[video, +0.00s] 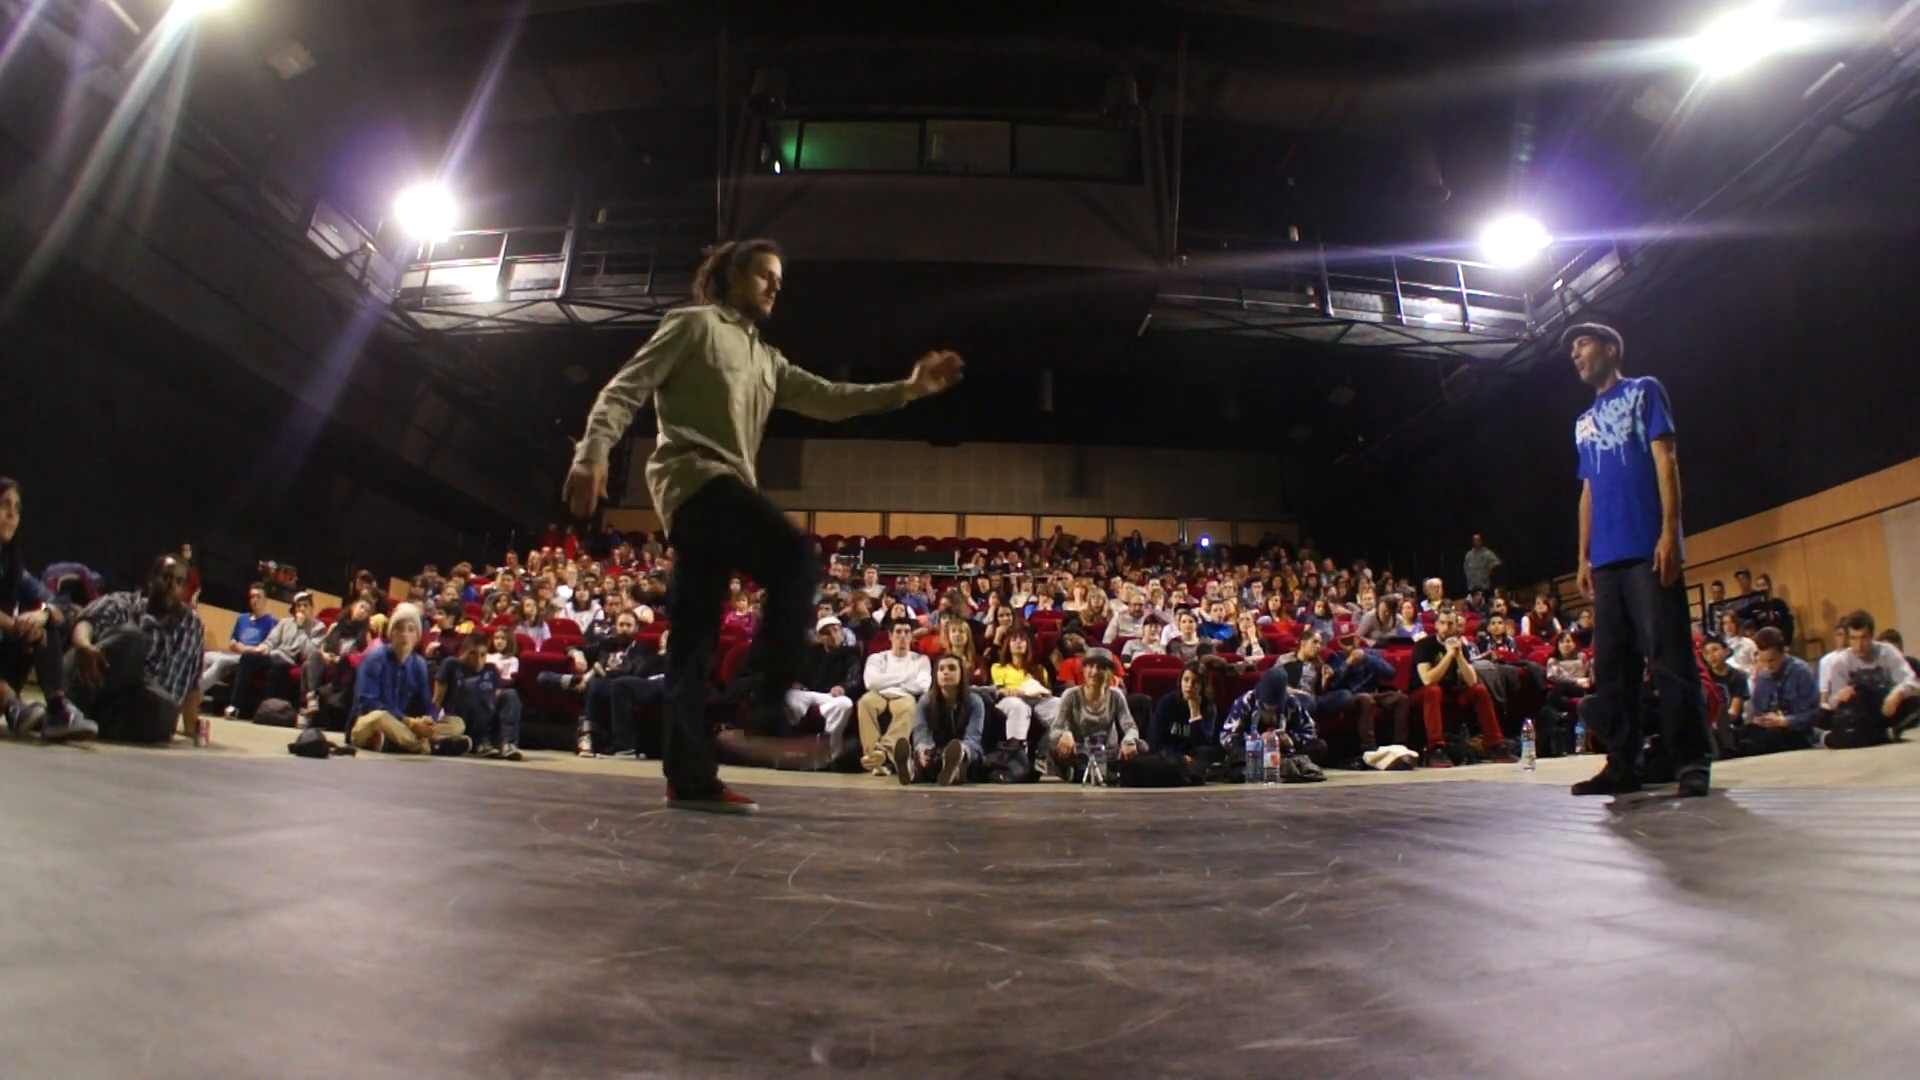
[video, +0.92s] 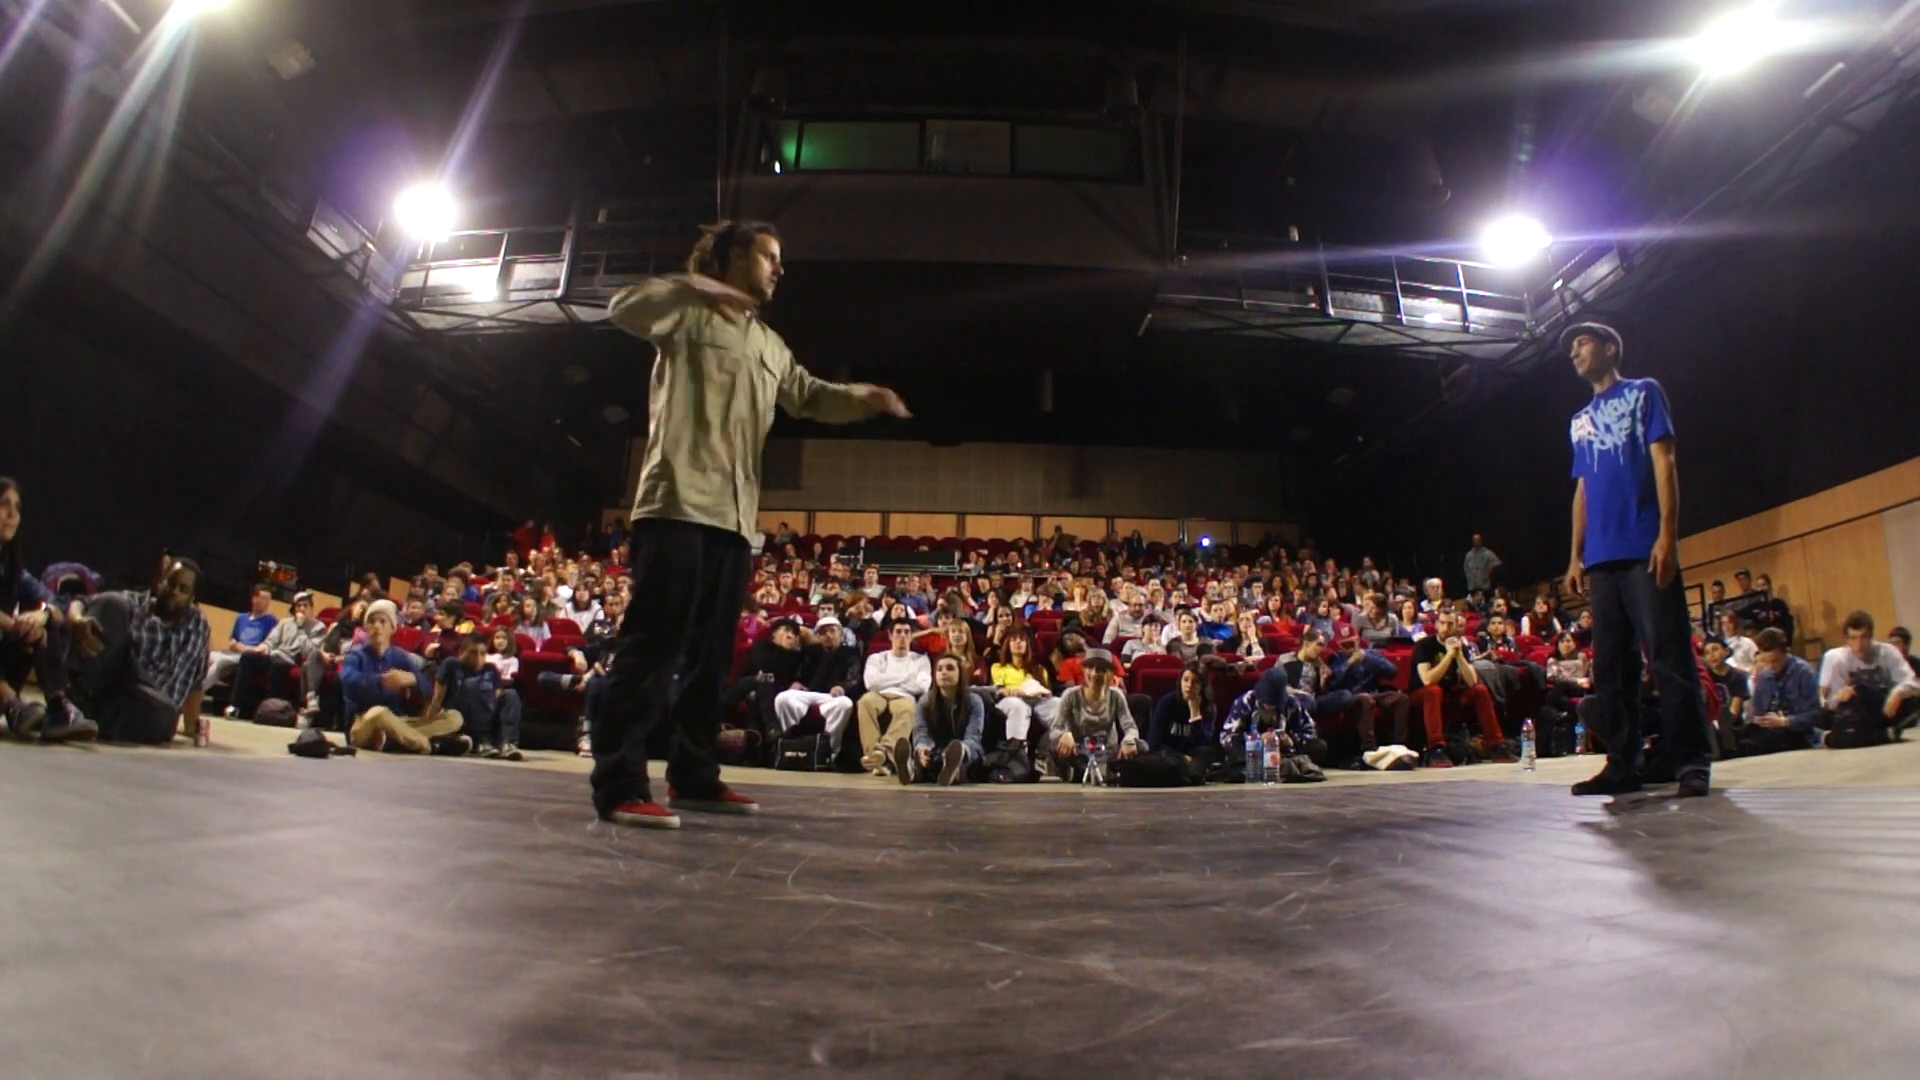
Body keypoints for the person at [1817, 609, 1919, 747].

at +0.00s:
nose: (1859, 644)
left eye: (1863, 638)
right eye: (1853, 638)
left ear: (1871, 637)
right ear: (1848, 638)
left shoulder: (1887, 652)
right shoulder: (1840, 662)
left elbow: (1910, 680)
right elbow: (1831, 703)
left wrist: (1897, 693)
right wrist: (1839, 696)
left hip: (1886, 704)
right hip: (1858, 707)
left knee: (1914, 703)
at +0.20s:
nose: (1859, 644)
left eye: (1863, 638)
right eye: (1853, 638)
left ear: (1871, 636)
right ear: (1848, 638)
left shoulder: (1887, 652)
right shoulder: (1840, 662)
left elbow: (1910, 680)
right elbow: (1831, 703)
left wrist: (1897, 694)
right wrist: (1839, 696)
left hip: (1885, 704)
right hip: (1857, 707)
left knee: (1914, 703)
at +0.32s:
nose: (1859, 645)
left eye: (1864, 638)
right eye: (1854, 639)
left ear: (1871, 637)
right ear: (1848, 639)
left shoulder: (1888, 652)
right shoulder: (1840, 662)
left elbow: (1911, 681)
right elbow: (1831, 702)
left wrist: (1897, 693)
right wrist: (1840, 696)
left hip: (1885, 705)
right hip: (1857, 708)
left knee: (1913, 703)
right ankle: (1827, 738)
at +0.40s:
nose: (1859, 645)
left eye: (1864, 638)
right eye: (1854, 639)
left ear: (1871, 637)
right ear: (1847, 639)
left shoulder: (1888, 652)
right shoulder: (1839, 662)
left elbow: (1911, 681)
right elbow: (1830, 702)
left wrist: (1897, 693)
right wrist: (1839, 697)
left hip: (1886, 705)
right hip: (1856, 707)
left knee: (1914, 704)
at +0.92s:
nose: (1859, 644)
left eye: (1863, 637)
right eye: (1853, 638)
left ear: (1871, 636)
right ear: (1847, 638)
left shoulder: (1887, 652)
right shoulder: (1836, 658)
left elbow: (1911, 681)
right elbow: (1827, 703)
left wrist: (1897, 693)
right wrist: (1838, 697)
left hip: (1883, 705)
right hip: (1853, 707)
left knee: (1913, 703)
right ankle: (1886, 735)